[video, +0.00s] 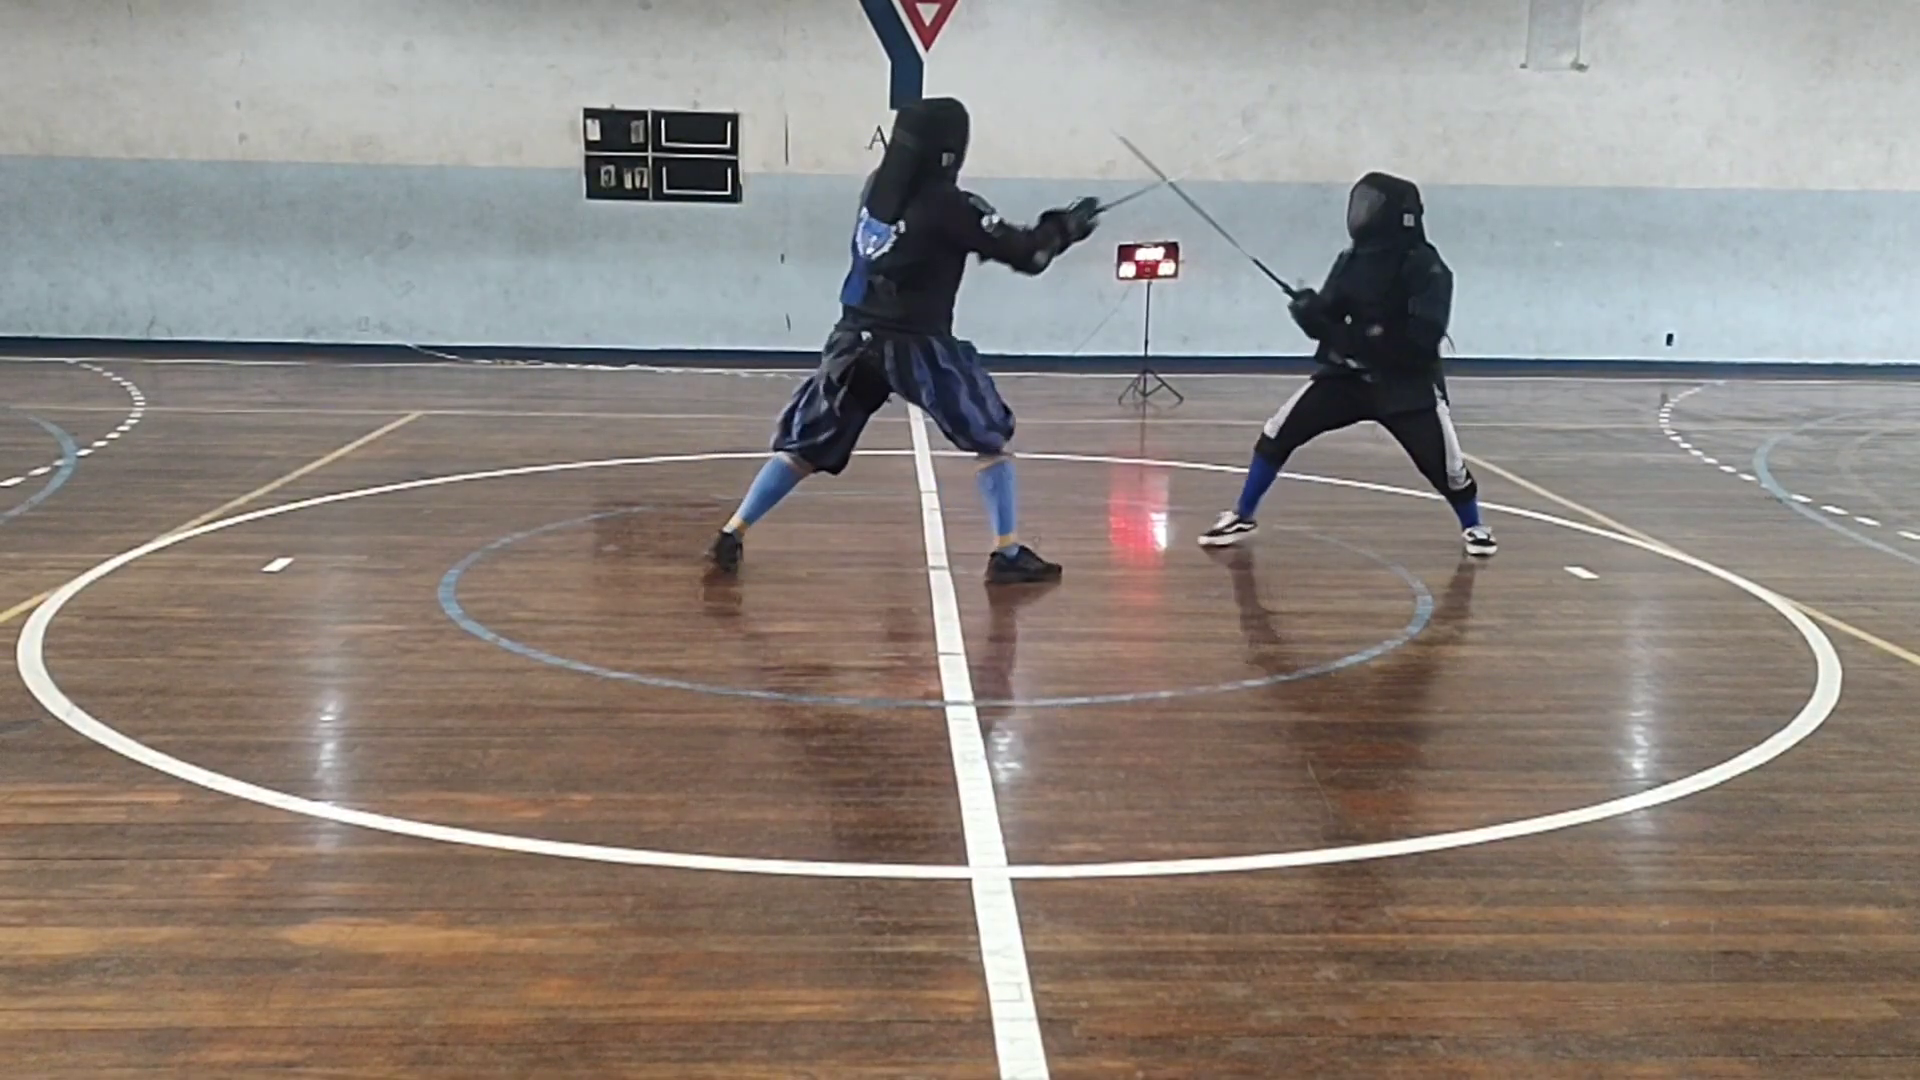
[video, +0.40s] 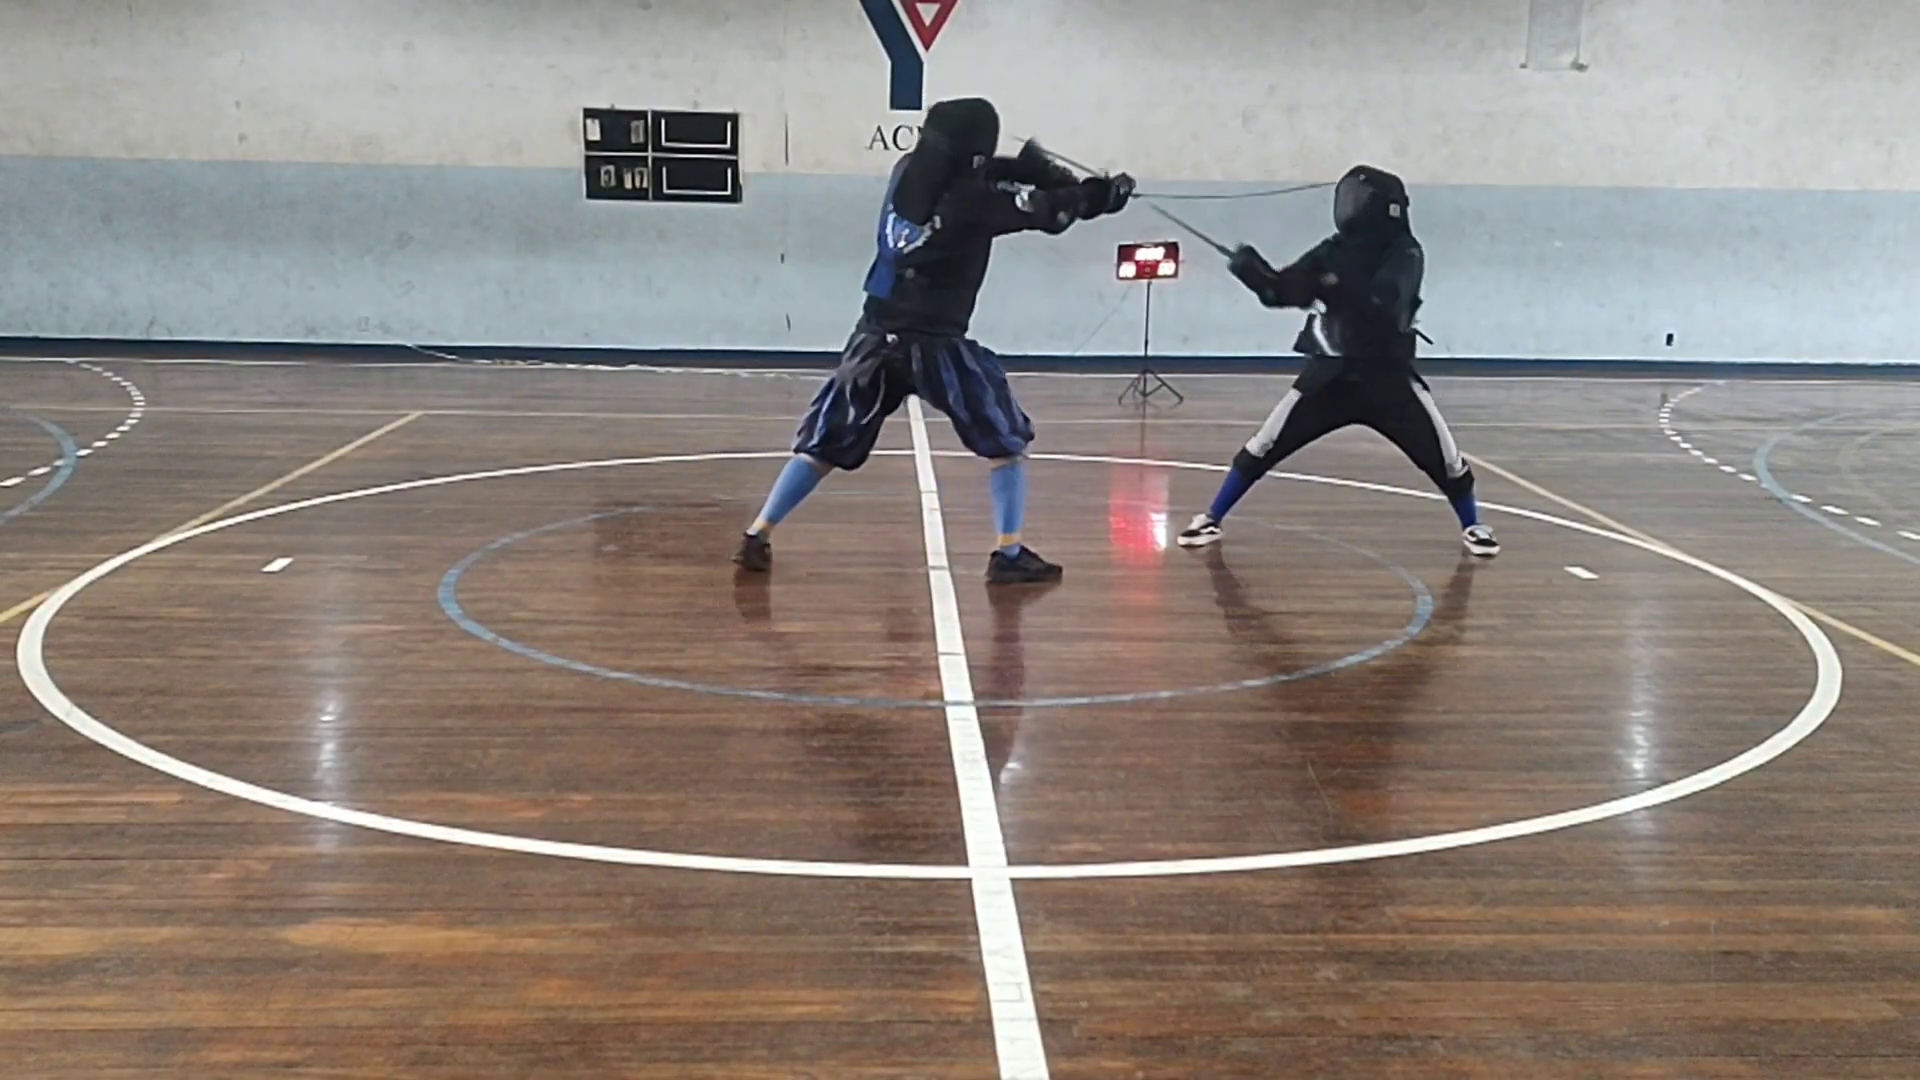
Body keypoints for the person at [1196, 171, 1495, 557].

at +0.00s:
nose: (1357, 212)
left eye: (1367, 203)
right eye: (1357, 202)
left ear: (1396, 212)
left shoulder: (1427, 269)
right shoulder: (1351, 261)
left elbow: (1417, 347)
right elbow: (1329, 324)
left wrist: (1343, 335)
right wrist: (1309, 313)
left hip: (1407, 386)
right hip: (1347, 380)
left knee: (1445, 465)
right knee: (1277, 435)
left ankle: (1473, 527)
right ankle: (1242, 516)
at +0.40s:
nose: (1345, 210)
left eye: (1356, 201)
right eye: (1344, 200)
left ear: (1381, 207)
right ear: (1344, 204)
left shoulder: (1405, 254)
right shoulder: (1335, 251)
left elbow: (1386, 316)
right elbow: (1284, 291)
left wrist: (1333, 291)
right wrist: (1254, 271)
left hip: (1388, 382)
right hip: (1328, 380)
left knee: (1447, 461)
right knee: (1262, 448)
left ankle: (1473, 527)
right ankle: (1211, 519)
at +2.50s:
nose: (1371, 190)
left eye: (1381, 182)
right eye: (1372, 181)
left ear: (1411, 190)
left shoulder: (1440, 235)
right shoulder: (1367, 241)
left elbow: (1475, 284)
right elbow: (1358, 311)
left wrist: (1419, 298)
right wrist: (1360, 290)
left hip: (1439, 358)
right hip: (1384, 358)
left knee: (1469, 446)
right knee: (1327, 431)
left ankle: (1500, 514)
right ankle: (1303, 511)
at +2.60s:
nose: (1378, 194)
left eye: (1389, 186)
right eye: (1379, 185)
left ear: (1418, 194)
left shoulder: (1443, 237)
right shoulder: (1373, 244)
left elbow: (1476, 289)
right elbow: (1359, 316)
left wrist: (1414, 296)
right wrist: (1359, 290)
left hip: (1444, 362)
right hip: (1387, 362)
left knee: (1486, 442)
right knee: (1328, 427)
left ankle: (1504, 515)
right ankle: (1305, 511)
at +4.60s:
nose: (1311, 154)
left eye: (1319, 147)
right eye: (1314, 147)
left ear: (1345, 153)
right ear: (1343, 153)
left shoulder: (1363, 191)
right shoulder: (1322, 193)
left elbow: (1296, 206)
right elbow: (1260, 204)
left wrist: (1221, 169)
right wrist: (1207, 168)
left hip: (1346, 330)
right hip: (1299, 327)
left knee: (1365, 435)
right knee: (1274, 433)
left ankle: (1397, 521)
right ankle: (1281, 526)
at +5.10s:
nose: (1328, 174)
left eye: (1336, 166)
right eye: (1330, 165)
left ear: (1366, 172)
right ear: (1354, 171)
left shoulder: (1382, 214)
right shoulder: (1339, 204)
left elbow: (1318, 245)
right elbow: (1286, 217)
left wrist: (1252, 247)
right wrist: (1225, 209)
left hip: (1368, 340)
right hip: (1329, 334)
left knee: (1371, 447)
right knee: (1279, 420)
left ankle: (1417, 526)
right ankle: (1267, 517)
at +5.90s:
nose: (1267, 177)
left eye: (1275, 169)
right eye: (1264, 172)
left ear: (1296, 164)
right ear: (1258, 172)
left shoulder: (1324, 203)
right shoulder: (1252, 215)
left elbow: (1303, 142)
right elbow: (1228, 204)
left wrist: (1250, 110)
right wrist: (1216, 160)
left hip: (1317, 342)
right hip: (1260, 344)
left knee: (1356, 435)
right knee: (1224, 436)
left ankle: (1364, 523)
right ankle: (1202, 525)